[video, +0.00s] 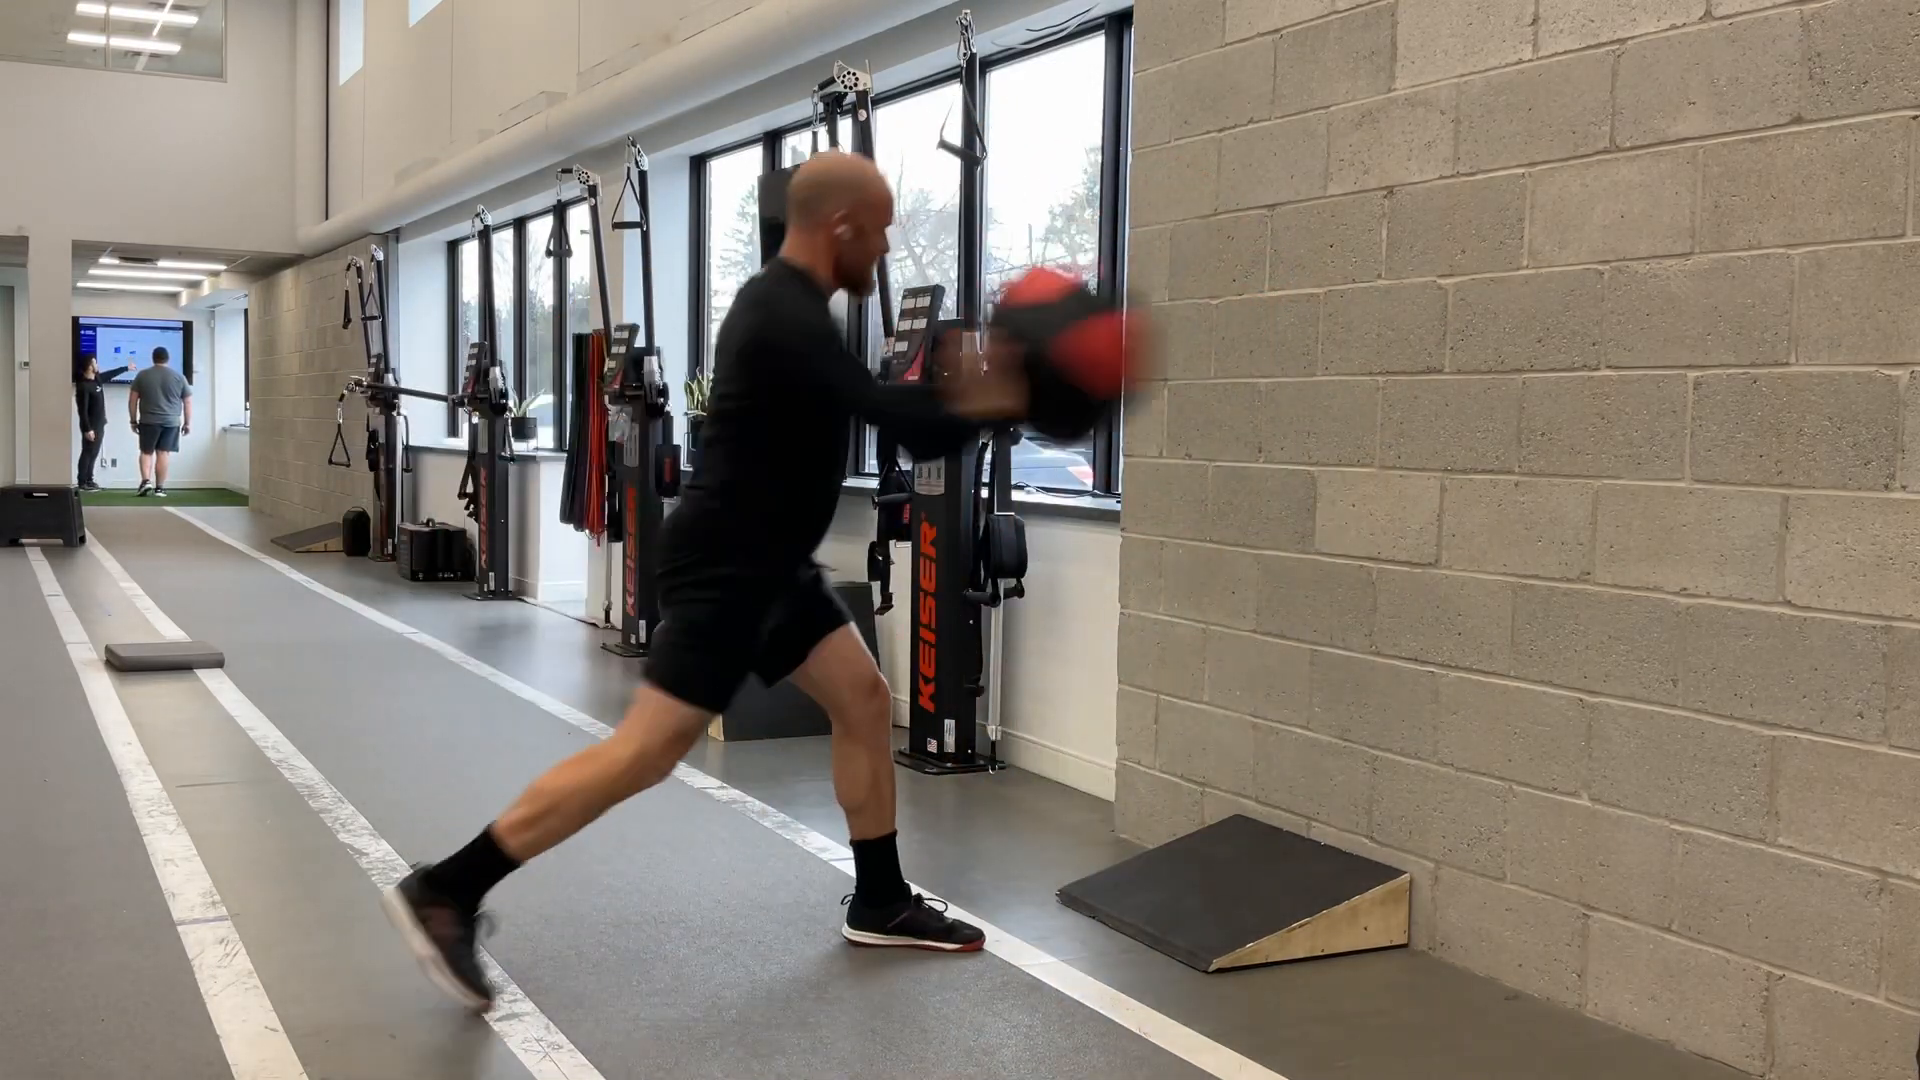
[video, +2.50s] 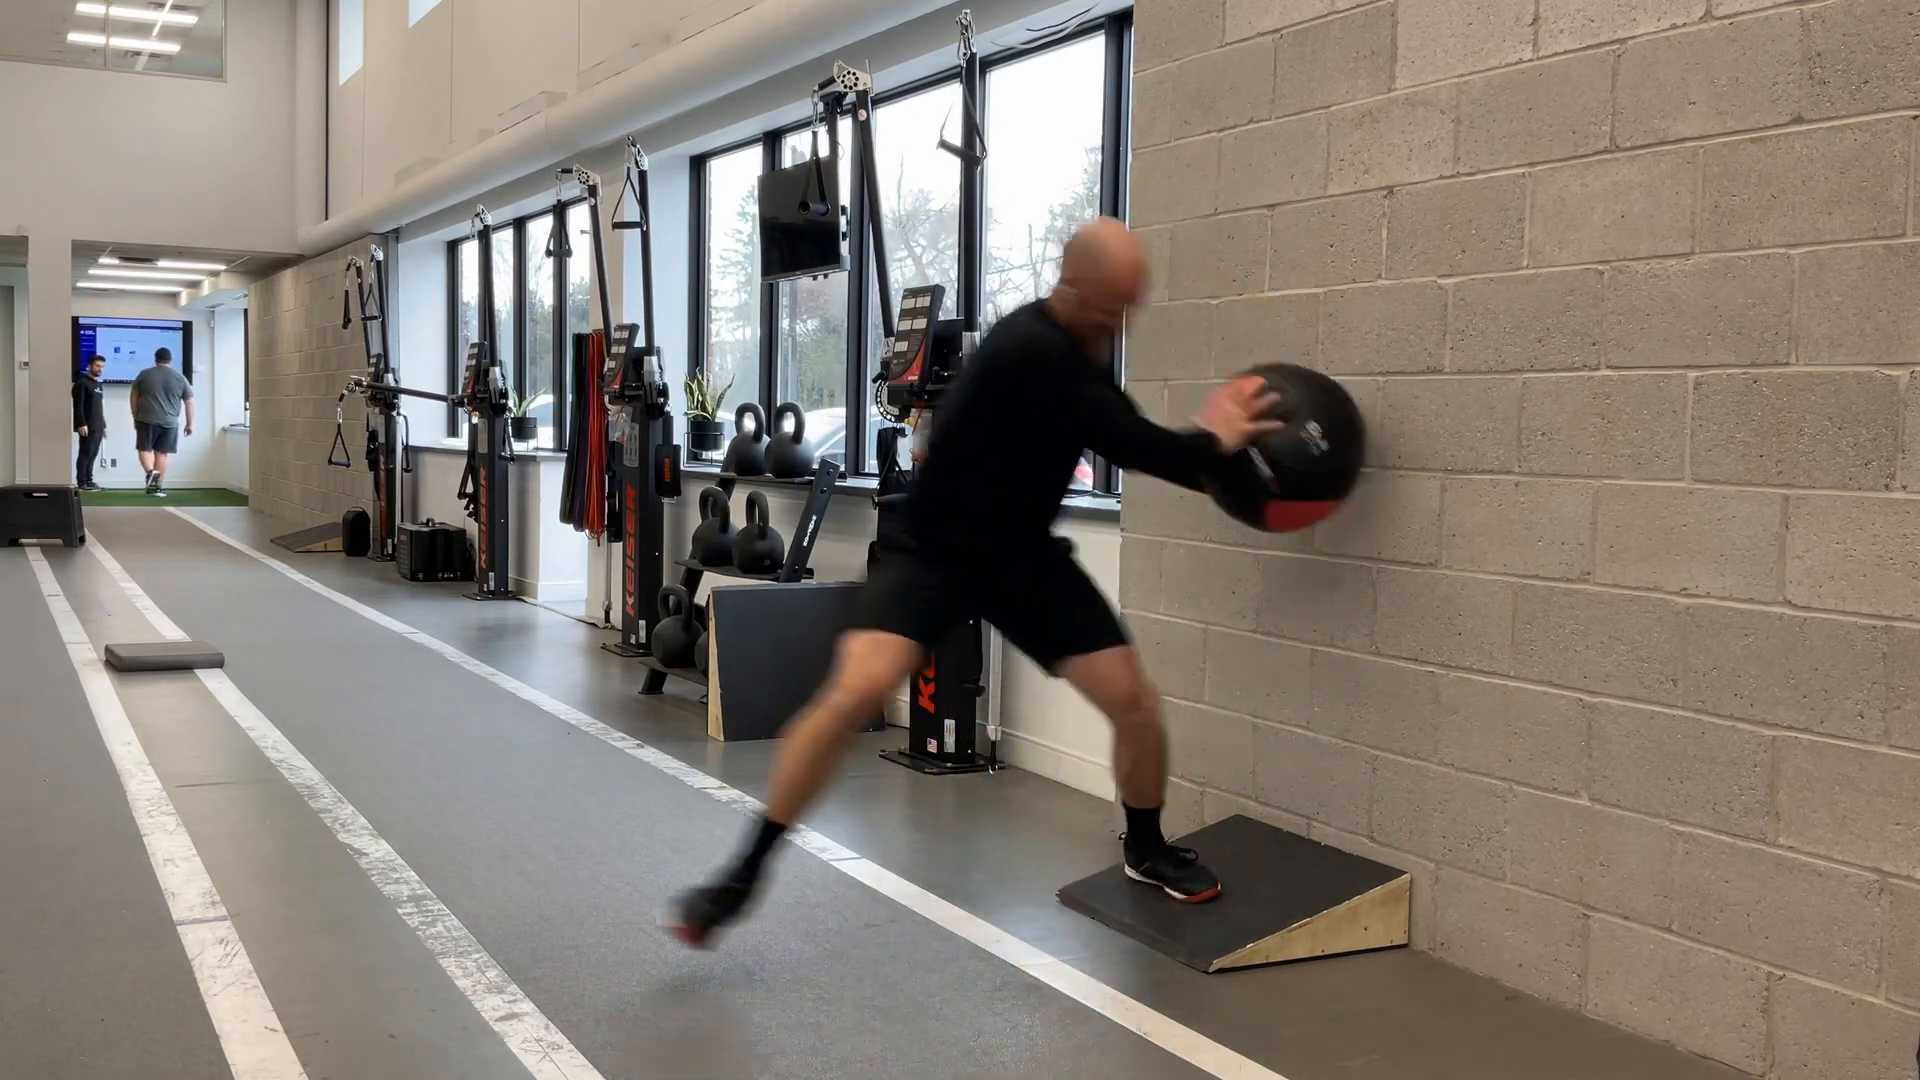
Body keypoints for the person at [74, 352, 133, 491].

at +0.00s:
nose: (96, 365)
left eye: (95, 363)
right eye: (94, 363)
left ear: (92, 365)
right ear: (89, 366)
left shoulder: (98, 379)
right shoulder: (83, 385)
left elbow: (111, 374)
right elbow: (82, 410)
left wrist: (126, 368)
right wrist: (87, 429)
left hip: (99, 423)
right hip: (90, 424)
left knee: (93, 454)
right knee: (87, 453)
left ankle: (89, 480)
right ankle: (83, 481)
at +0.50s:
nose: (94, 365)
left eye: (95, 363)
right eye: (90, 363)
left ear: (97, 365)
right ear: (85, 366)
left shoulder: (98, 381)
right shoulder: (82, 385)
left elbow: (108, 380)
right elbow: (81, 409)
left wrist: (120, 372)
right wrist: (86, 428)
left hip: (99, 423)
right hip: (89, 425)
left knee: (92, 454)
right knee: (86, 454)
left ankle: (89, 480)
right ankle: (83, 481)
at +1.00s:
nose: (97, 366)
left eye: (98, 363)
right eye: (94, 363)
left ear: (100, 365)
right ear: (87, 365)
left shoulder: (97, 384)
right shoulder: (81, 384)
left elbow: (98, 406)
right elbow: (78, 407)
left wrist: (104, 421)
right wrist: (81, 426)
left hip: (97, 424)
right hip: (88, 425)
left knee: (93, 454)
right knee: (85, 454)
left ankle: (89, 479)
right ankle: (82, 480)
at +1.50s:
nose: (97, 366)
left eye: (99, 364)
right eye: (94, 363)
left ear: (101, 366)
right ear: (88, 365)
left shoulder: (97, 384)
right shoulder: (81, 383)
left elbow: (98, 408)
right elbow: (79, 406)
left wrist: (102, 425)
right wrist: (83, 423)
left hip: (97, 425)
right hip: (87, 425)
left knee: (92, 454)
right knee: (85, 454)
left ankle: (89, 479)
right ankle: (82, 481)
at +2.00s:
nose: (99, 368)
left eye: (101, 366)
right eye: (97, 365)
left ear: (102, 367)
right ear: (89, 366)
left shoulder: (98, 385)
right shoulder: (81, 383)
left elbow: (99, 408)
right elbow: (78, 406)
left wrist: (103, 424)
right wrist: (81, 424)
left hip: (98, 425)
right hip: (88, 425)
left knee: (92, 454)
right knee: (85, 454)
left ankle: (89, 479)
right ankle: (82, 481)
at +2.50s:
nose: (100, 369)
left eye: (102, 367)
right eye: (97, 366)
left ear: (103, 368)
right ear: (90, 366)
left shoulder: (98, 384)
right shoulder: (81, 383)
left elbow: (99, 408)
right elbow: (78, 406)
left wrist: (103, 424)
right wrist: (81, 424)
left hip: (97, 425)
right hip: (87, 425)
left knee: (92, 455)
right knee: (85, 454)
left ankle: (89, 479)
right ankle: (82, 481)